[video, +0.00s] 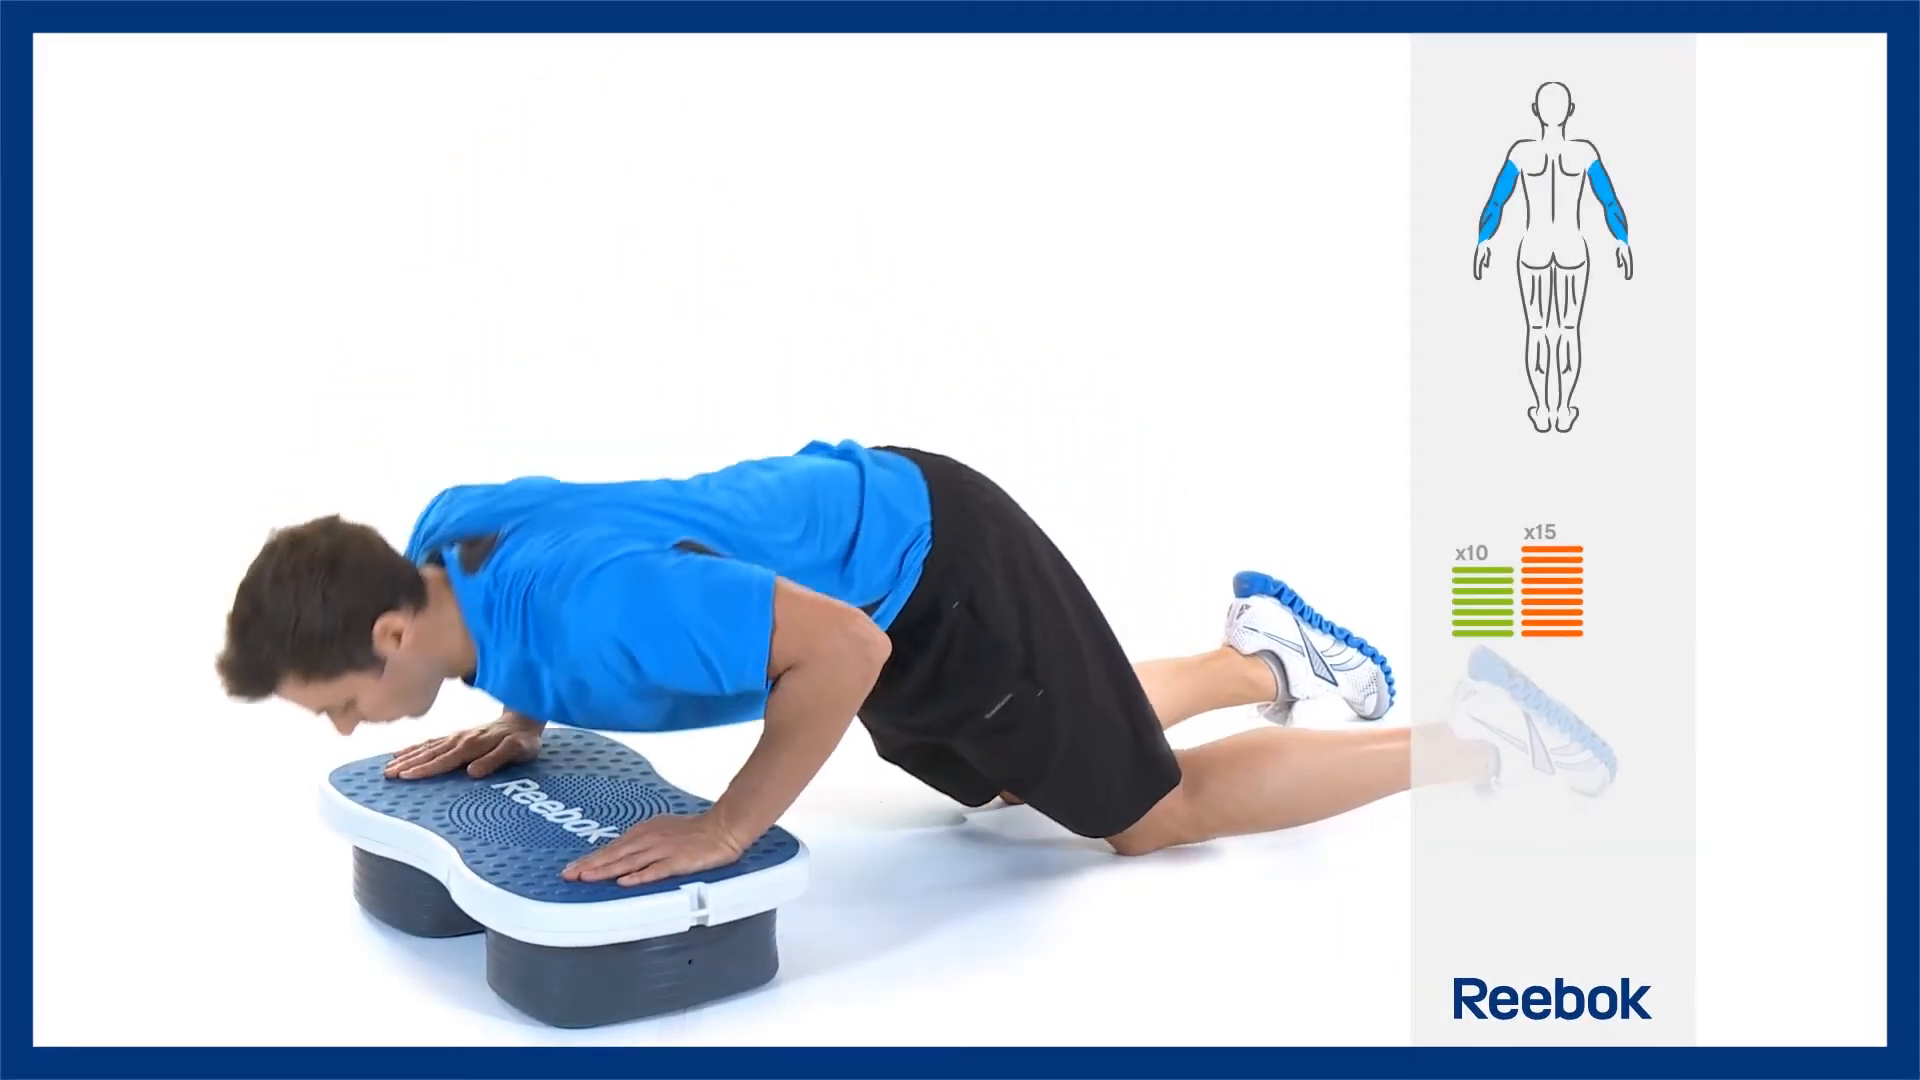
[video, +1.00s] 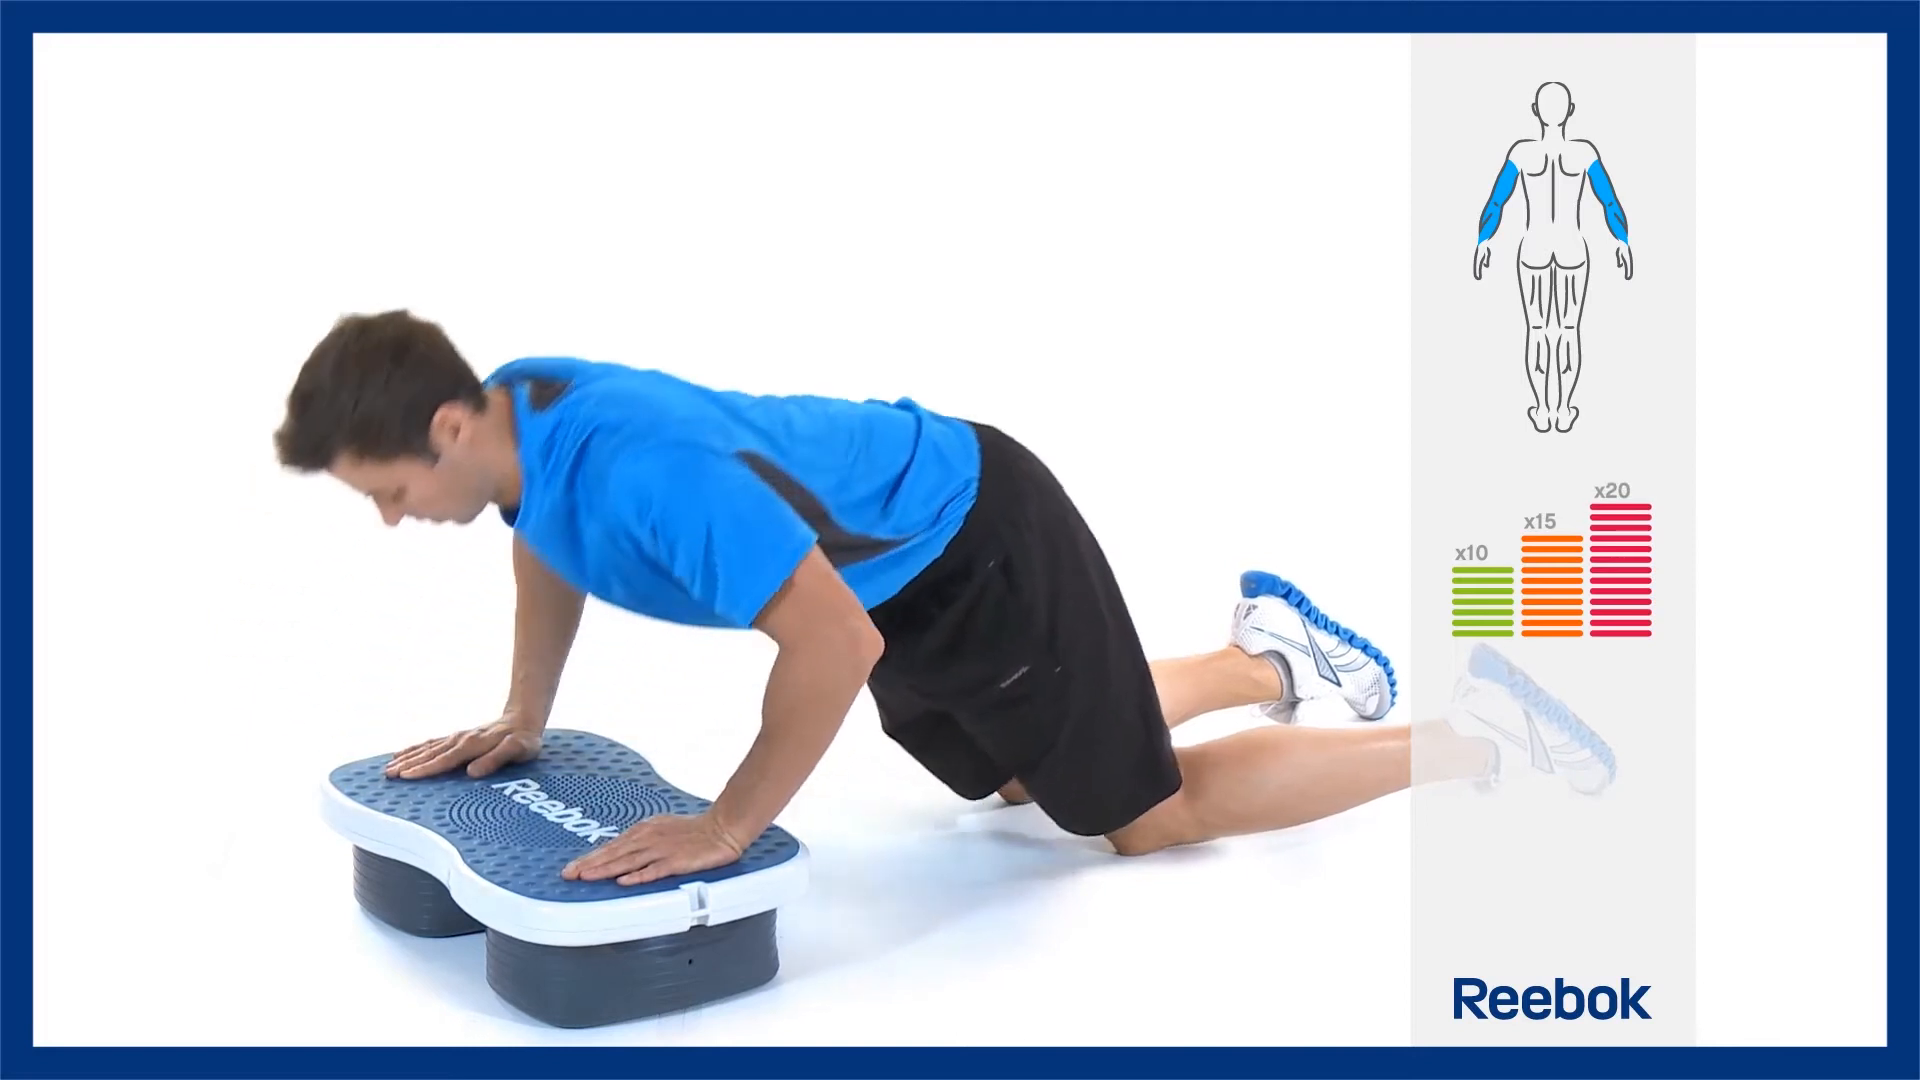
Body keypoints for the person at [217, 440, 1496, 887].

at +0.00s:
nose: (358, 727)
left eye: (348, 705)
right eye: (337, 718)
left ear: (400, 631)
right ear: (386, 615)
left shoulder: (579, 609)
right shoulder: (458, 534)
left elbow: (835, 645)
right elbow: (575, 602)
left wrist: (739, 822)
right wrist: (519, 713)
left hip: (937, 573)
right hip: (859, 602)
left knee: (1162, 807)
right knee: (1032, 761)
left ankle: (1468, 748)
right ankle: (1259, 666)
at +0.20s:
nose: (337, 798)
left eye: (323, 778)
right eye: (308, 788)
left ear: (370, 704)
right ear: (360, 673)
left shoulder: (576, 664)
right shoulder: (426, 584)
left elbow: (822, 643)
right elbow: (558, 500)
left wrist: (729, 823)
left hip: (916, 590)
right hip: (834, 625)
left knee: (1147, 809)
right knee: (1034, 757)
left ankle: (1467, 751)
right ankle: (1254, 661)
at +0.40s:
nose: (329, 811)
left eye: (317, 791)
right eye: (301, 803)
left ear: (365, 713)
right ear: (352, 679)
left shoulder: (571, 673)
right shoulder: (421, 588)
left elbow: (815, 636)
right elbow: (553, 498)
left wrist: (730, 822)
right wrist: (516, 689)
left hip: (915, 600)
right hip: (838, 628)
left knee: (1149, 809)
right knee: (1044, 756)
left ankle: (1470, 750)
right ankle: (1255, 657)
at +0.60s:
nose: (331, 778)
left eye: (317, 758)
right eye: (303, 767)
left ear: (367, 691)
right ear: (359, 664)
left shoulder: (578, 657)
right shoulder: (421, 586)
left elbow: (819, 640)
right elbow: (551, 499)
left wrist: (729, 826)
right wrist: (494, 691)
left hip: (918, 586)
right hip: (836, 629)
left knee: (1147, 809)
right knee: (1032, 758)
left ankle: (1472, 747)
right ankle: (1258, 658)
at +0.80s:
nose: (350, 674)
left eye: (336, 653)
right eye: (327, 662)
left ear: (379, 587)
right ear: (373, 561)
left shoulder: (579, 589)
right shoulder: (452, 504)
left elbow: (828, 647)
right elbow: (536, 592)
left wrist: (733, 824)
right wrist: (522, 714)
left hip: (937, 580)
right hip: (856, 583)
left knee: (1152, 808)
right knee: (1018, 751)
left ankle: (1464, 748)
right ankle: (1261, 662)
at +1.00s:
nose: (390, 518)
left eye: (388, 491)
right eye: (369, 502)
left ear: (455, 430)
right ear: (440, 431)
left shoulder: (634, 462)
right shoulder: (516, 430)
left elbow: (831, 638)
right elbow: (553, 554)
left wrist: (735, 820)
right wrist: (524, 716)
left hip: (978, 539)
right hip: (885, 583)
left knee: (1137, 805)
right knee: (1001, 762)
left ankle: (1466, 745)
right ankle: (1264, 657)